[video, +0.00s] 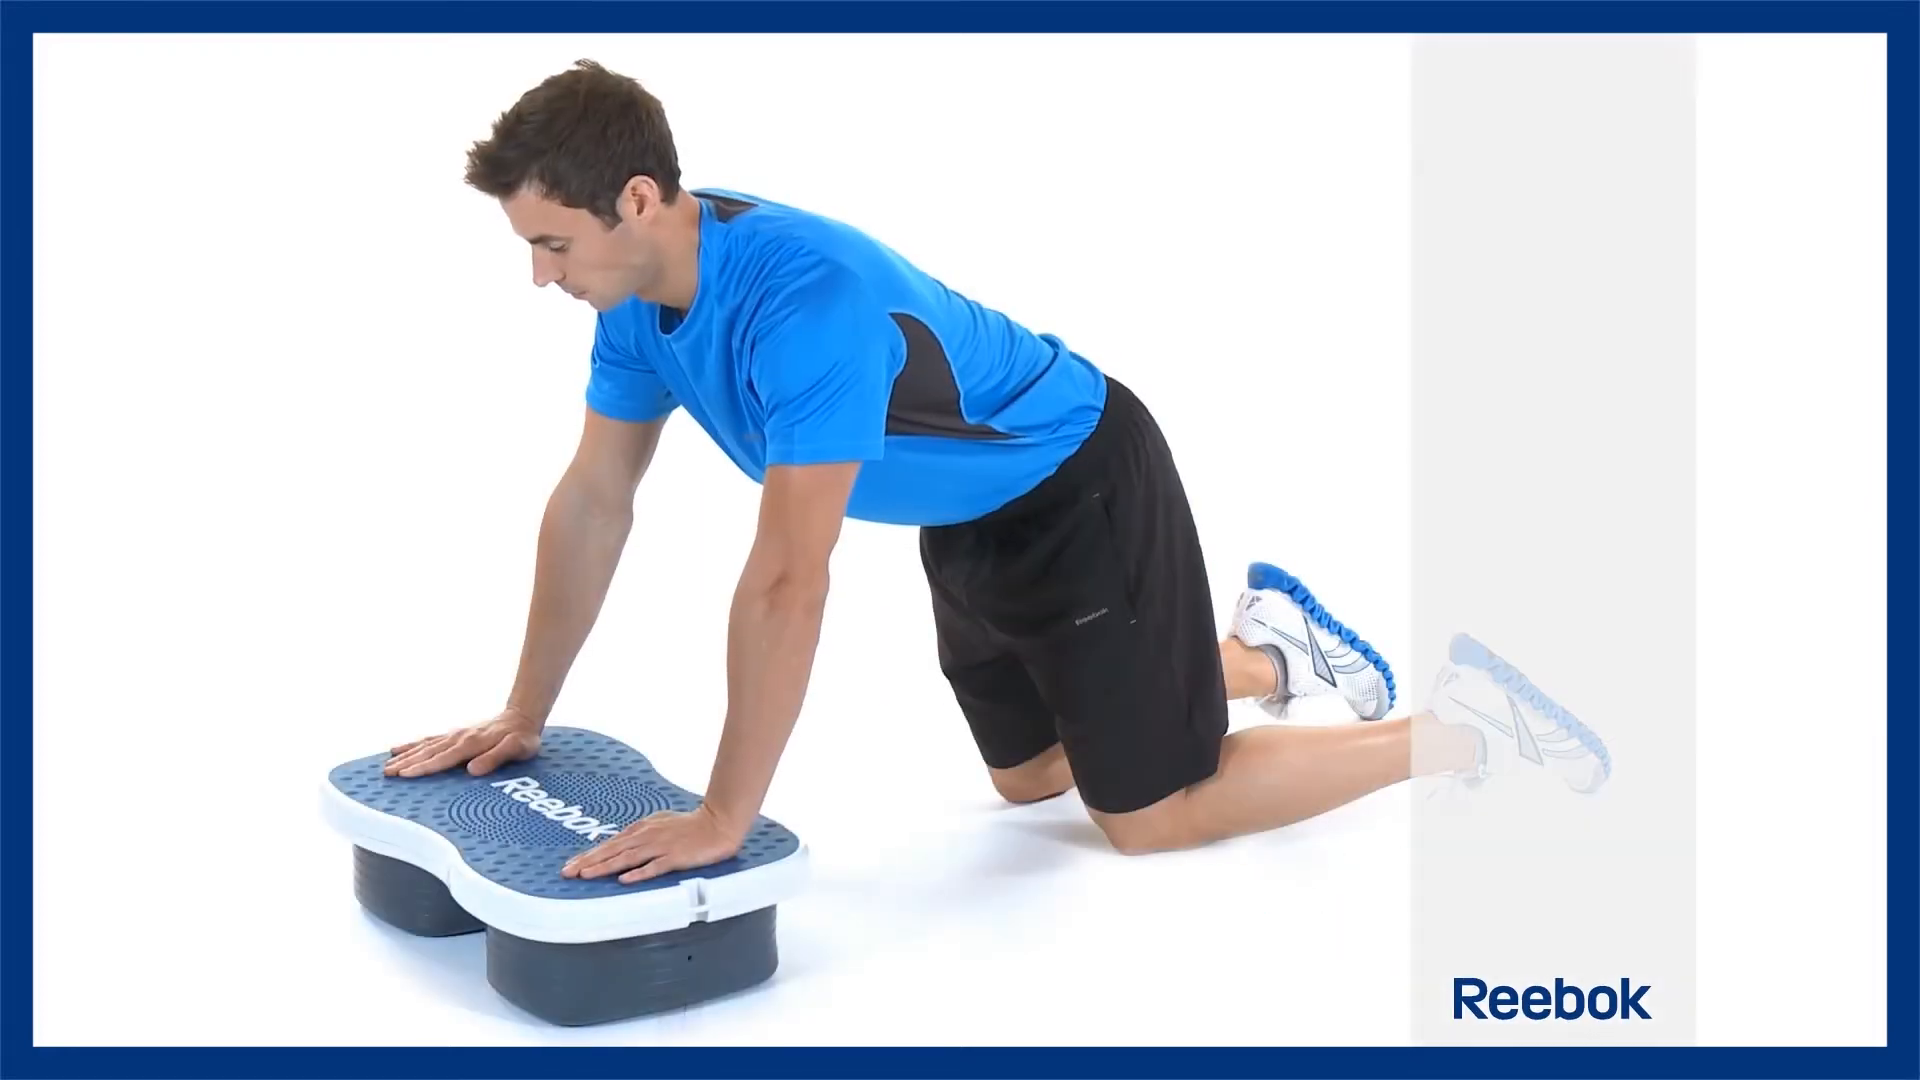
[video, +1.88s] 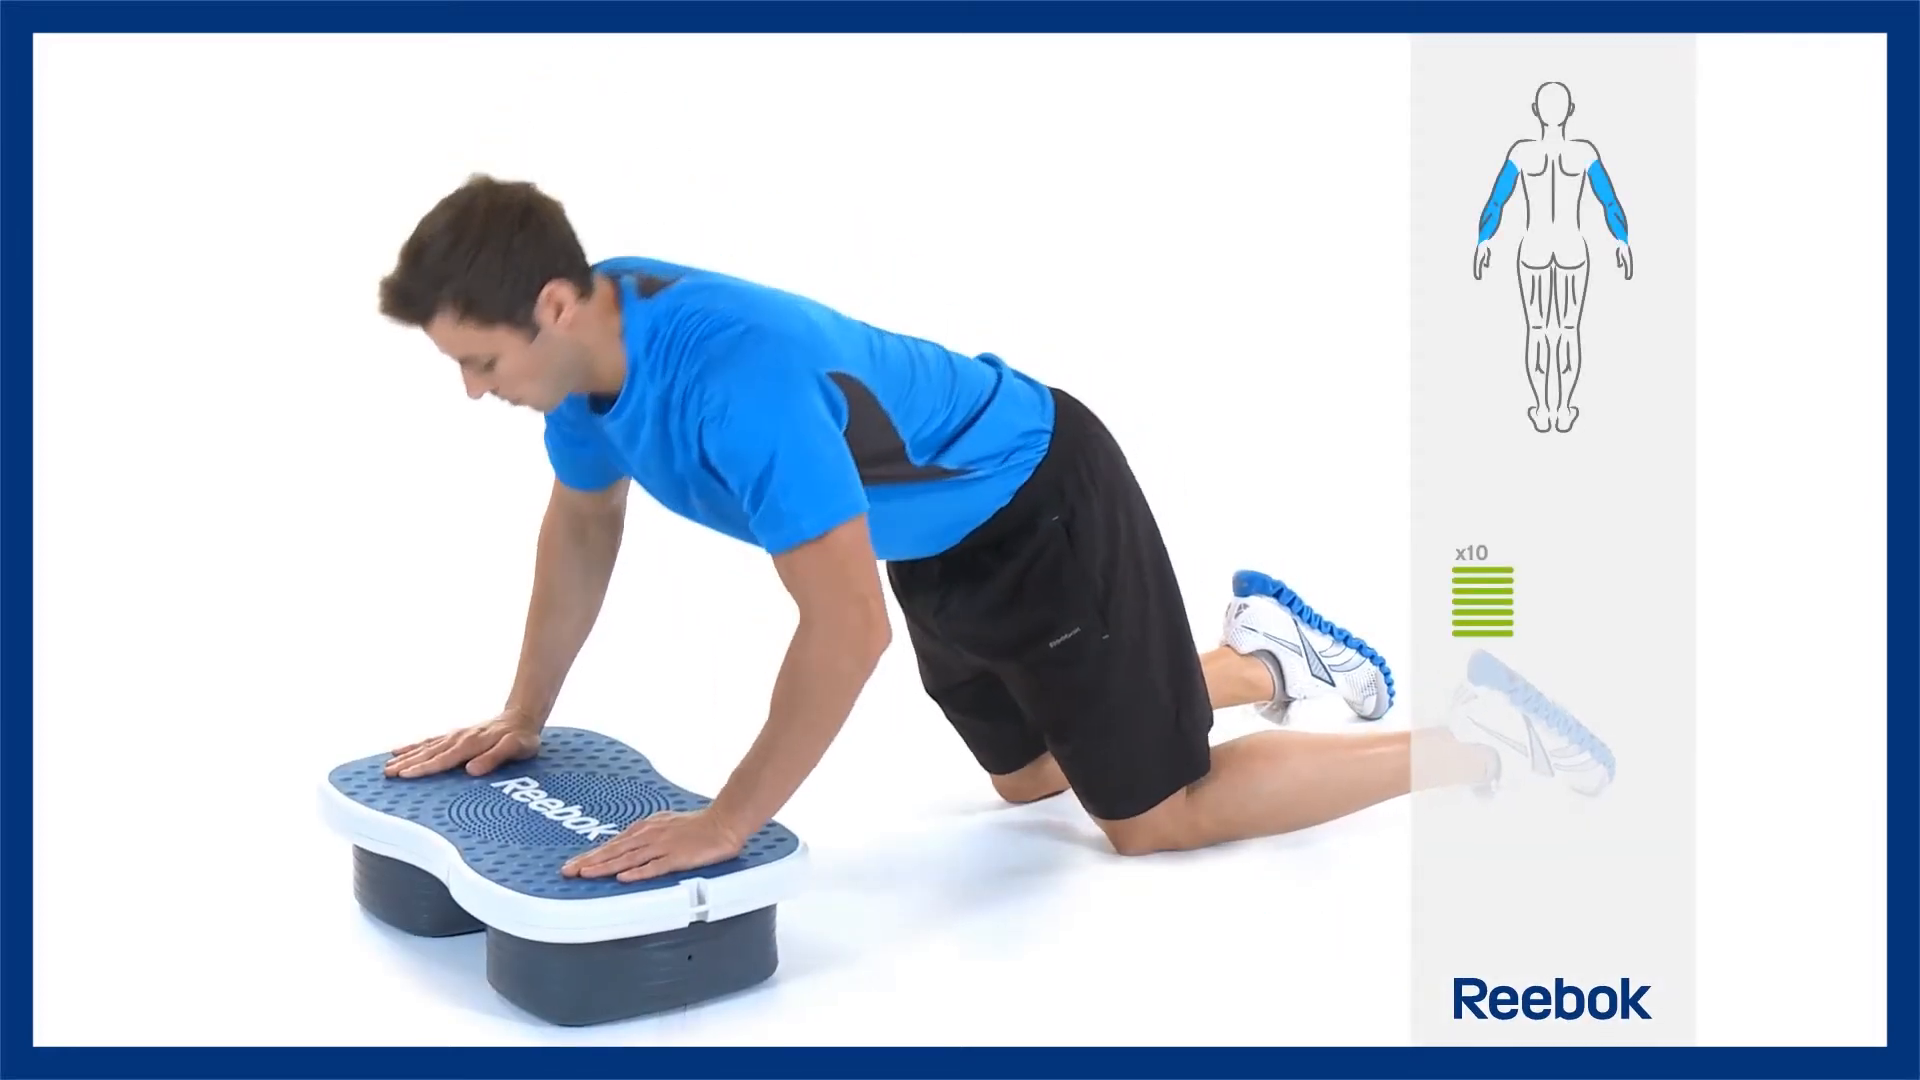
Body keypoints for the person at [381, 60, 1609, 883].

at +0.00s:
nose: (539, 275)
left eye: (550, 245)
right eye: (527, 249)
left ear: (641, 201)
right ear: (611, 213)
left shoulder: (804, 302)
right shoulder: (636, 310)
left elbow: (787, 583)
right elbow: (590, 510)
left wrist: (727, 814)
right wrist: (526, 715)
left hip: (1077, 477)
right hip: (958, 517)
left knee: (1154, 808)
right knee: (1039, 778)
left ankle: (1450, 733)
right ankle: (1263, 659)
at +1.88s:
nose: (478, 392)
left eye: (478, 362)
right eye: (459, 370)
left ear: (556, 301)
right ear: (533, 305)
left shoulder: (736, 381)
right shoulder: (588, 372)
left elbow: (848, 623)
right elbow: (577, 535)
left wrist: (731, 816)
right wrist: (519, 720)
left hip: (1044, 502)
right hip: (937, 554)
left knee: (1155, 815)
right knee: (1033, 781)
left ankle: (1470, 748)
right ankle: (1258, 667)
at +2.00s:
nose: (436, 473)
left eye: (436, 445)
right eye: (418, 453)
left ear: (509, 382)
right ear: (486, 389)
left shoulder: (697, 429)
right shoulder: (556, 404)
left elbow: (858, 645)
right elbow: (577, 540)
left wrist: (730, 820)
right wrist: (522, 717)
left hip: (1013, 509)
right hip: (910, 559)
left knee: (1158, 811)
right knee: (1030, 764)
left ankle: (1471, 754)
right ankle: (1257, 661)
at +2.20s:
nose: (383, 611)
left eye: (372, 588)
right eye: (358, 597)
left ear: (428, 523)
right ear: (416, 496)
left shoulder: (630, 520)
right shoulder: (501, 447)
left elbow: (848, 647)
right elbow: (559, 578)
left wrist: (729, 822)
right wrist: (522, 721)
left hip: (973, 543)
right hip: (882, 582)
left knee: (1170, 807)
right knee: (1014, 768)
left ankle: (1474, 745)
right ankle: (1260, 661)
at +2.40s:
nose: (358, 727)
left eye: (348, 705)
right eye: (337, 718)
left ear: (400, 631)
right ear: (386, 615)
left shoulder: (579, 609)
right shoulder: (458, 534)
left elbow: (835, 645)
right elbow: (575, 602)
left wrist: (739, 822)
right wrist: (519, 713)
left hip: (937, 573)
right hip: (859, 602)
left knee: (1162, 807)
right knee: (1032, 761)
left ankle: (1468, 748)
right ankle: (1259, 666)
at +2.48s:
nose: (349, 757)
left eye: (337, 740)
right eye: (324, 750)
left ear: (378, 672)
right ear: (373, 633)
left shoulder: (571, 631)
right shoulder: (442, 567)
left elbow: (831, 644)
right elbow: (565, 515)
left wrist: (732, 827)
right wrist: (503, 720)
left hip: (931, 587)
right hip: (854, 616)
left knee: (1158, 808)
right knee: (1043, 753)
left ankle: (1467, 752)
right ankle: (1254, 664)